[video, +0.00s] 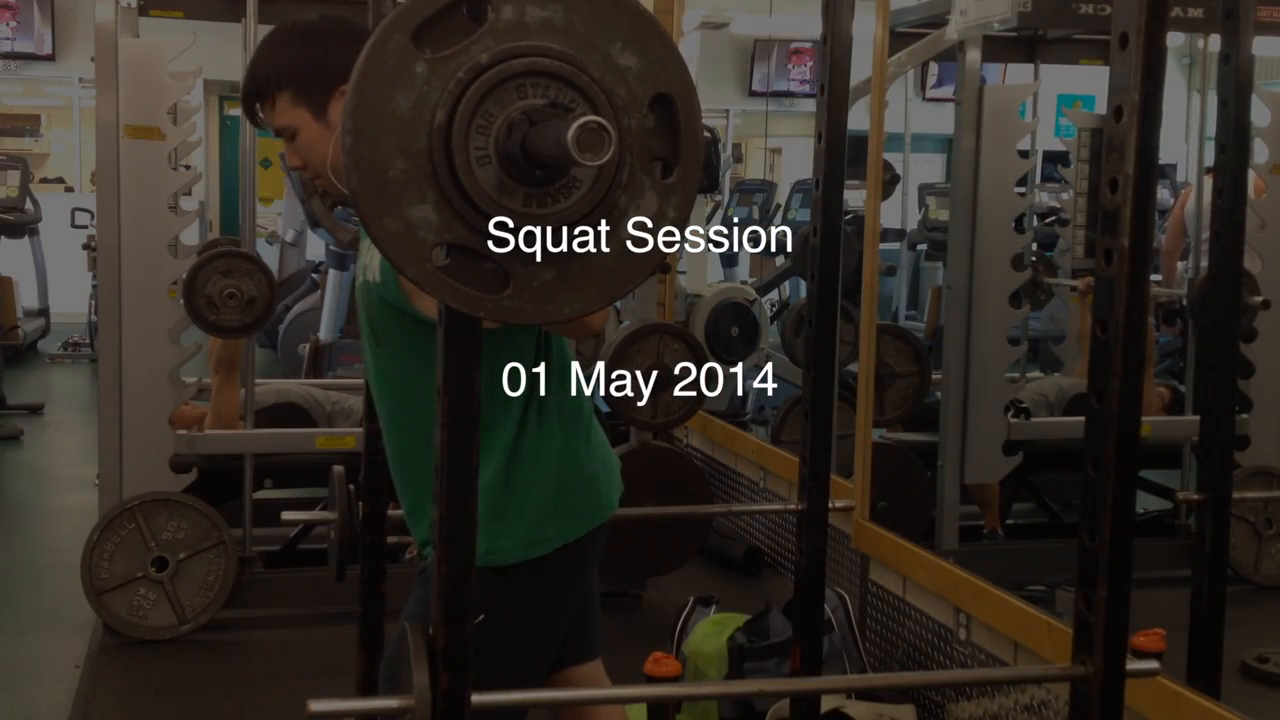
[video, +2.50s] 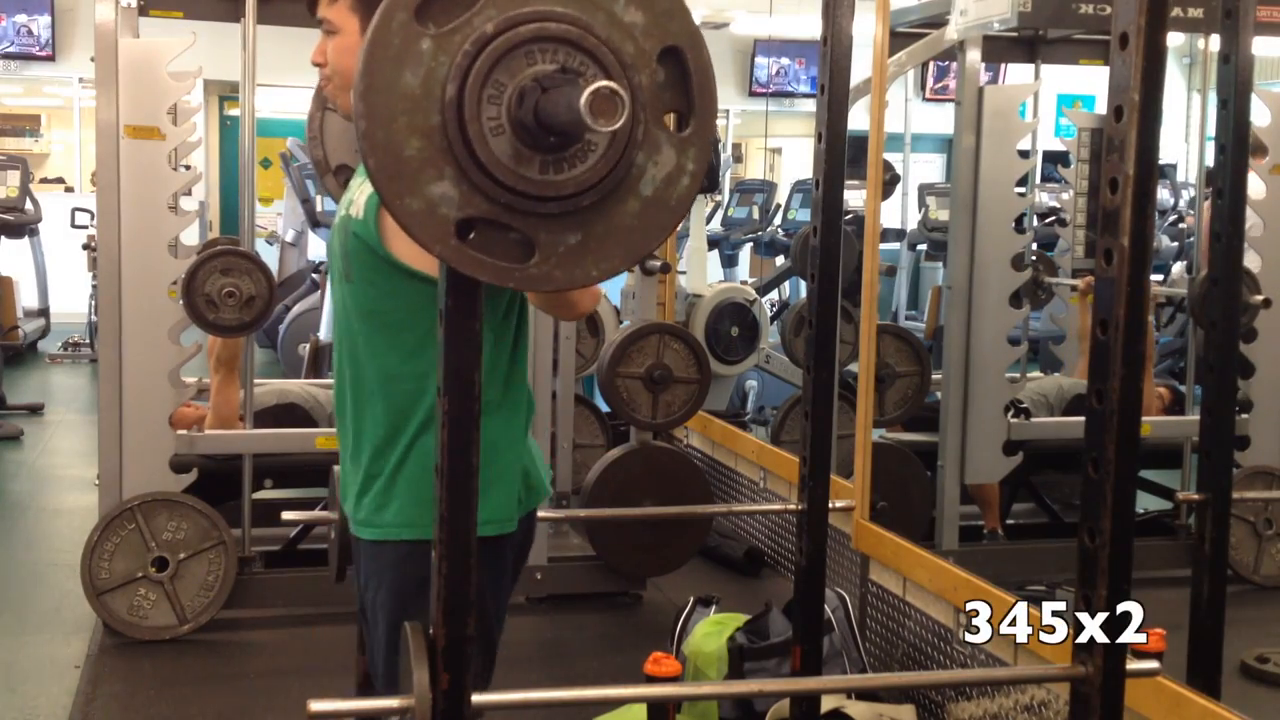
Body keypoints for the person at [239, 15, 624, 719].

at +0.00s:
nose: (290, 157)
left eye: (291, 132)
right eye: (280, 140)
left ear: (347, 104)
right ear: (343, 110)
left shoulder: (403, 217)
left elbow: (588, 318)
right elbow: (588, 317)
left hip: (507, 515)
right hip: (557, 492)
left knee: (447, 695)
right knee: (578, 679)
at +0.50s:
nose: (296, 136)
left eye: (301, 111)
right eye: (292, 116)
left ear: (360, 95)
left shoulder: (413, 229)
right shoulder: (384, 226)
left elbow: (582, 325)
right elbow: (579, 323)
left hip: (495, 539)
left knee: (396, 705)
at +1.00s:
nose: (296, 120)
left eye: (305, 95)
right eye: (295, 98)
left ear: (369, 89)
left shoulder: (414, 223)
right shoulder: (369, 224)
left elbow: (571, 328)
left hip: (450, 544)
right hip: (395, 535)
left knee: (348, 714)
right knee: (334, 696)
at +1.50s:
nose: (306, 84)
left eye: (323, 62)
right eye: (312, 63)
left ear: (388, 73)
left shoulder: (414, 222)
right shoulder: (374, 218)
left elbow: (574, 327)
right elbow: (568, 320)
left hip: (449, 538)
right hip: (397, 530)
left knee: (353, 715)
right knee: (337, 705)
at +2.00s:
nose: (310, 54)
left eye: (326, 30)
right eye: (314, 31)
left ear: (389, 41)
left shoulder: (415, 180)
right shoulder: (377, 181)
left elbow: (566, 289)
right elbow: (566, 288)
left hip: (447, 518)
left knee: (437, 704)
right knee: (420, 704)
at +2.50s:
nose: (316, 55)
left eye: (331, 31)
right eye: (320, 32)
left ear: (392, 42)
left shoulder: (404, 183)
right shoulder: (381, 179)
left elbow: (576, 298)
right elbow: (573, 296)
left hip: (435, 515)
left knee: (422, 704)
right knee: (418, 701)